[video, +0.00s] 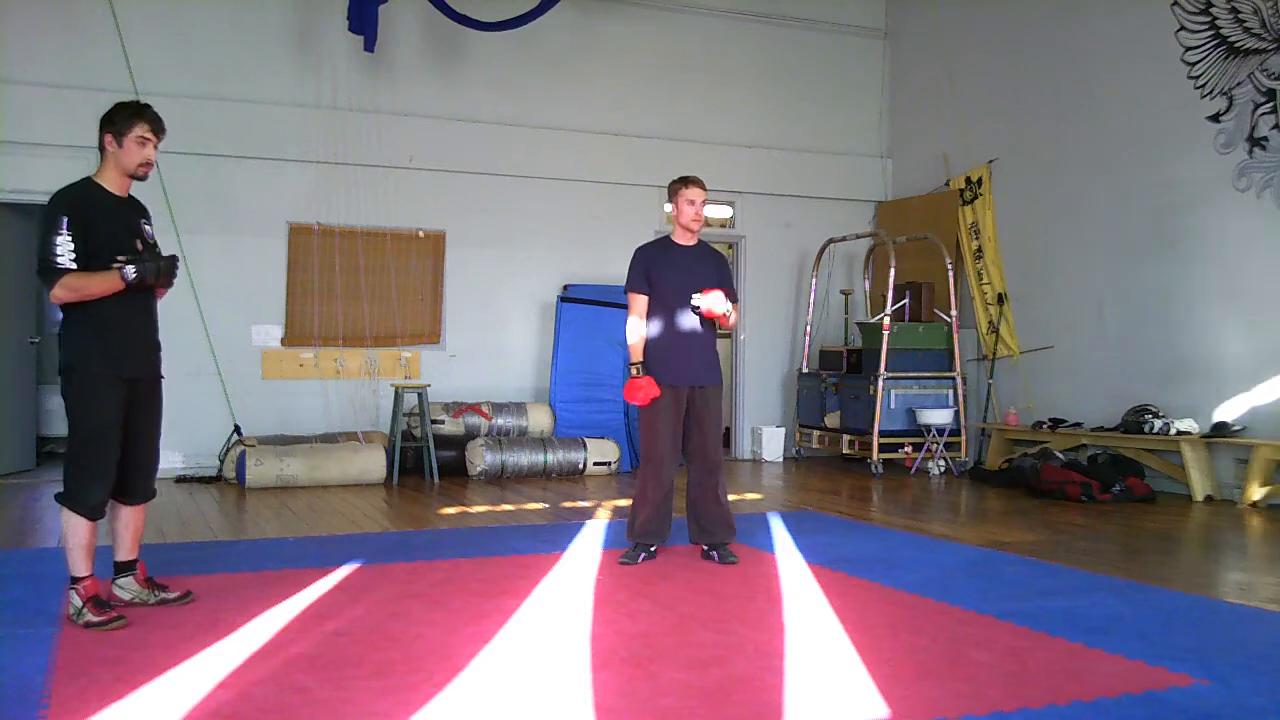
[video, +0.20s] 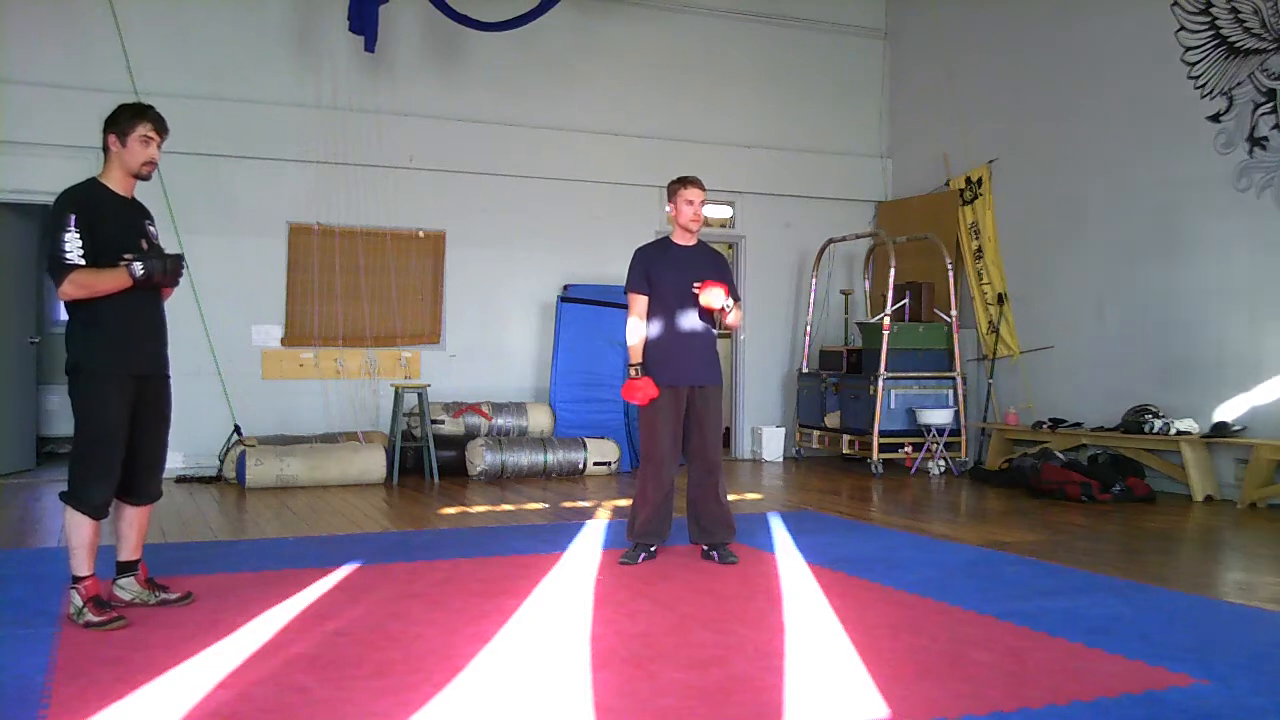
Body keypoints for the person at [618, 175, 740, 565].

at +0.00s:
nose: (697, 210)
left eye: (702, 204)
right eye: (690, 203)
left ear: (706, 210)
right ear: (672, 207)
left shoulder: (716, 260)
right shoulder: (648, 255)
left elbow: (730, 323)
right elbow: (636, 317)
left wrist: (721, 311)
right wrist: (636, 369)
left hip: (707, 376)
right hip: (661, 375)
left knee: (708, 460)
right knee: (657, 459)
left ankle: (713, 538)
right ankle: (646, 539)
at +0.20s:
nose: (697, 210)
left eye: (701, 204)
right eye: (689, 203)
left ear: (705, 210)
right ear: (671, 208)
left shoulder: (716, 260)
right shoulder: (647, 256)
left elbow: (733, 323)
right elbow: (636, 317)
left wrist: (724, 307)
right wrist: (636, 369)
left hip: (707, 375)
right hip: (661, 374)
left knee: (708, 460)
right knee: (657, 459)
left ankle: (713, 538)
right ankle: (646, 539)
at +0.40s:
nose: (697, 210)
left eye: (701, 204)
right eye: (689, 203)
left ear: (705, 210)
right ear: (671, 208)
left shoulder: (716, 260)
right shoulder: (647, 256)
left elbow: (735, 321)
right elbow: (636, 317)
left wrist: (723, 299)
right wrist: (636, 367)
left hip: (707, 375)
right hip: (660, 374)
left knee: (708, 460)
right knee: (657, 458)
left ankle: (714, 539)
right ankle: (646, 539)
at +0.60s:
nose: (696, 211)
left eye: (700, 205)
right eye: (688, 204)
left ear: (705, 210)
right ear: (671, 209)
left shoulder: (718, 260)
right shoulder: (647, 256)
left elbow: (735, 320)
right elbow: (636, 316)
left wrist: (720, 300)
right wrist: (650, 346)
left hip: (706, 371)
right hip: (662, 369)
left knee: (708, 458)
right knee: (657, 455)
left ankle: (714, 539)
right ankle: (647, 539)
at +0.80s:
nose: (694, 214)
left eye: (699, 208)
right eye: (686, 207)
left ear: (704, 212)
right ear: (671, 210)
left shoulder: (717, 260)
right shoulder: (649, 256)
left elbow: (730, 320)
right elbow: (648, 310)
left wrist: (711, 290)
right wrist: (671, 284)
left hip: (706, 371)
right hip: (661, 370)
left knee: (708, 458)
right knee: (657, 455)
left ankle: (713, 538)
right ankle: (646, 538)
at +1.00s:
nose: (694, 214)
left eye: (699, 207)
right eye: (687, 207)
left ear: (706, 211)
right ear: (671, 210)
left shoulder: (717, 260)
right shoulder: (649, 255)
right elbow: (658, 288)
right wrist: (681, 241)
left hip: (707, 371)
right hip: (662, 369)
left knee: (708, 458)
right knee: (657, 456)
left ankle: (714, 538)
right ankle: (646, 539)